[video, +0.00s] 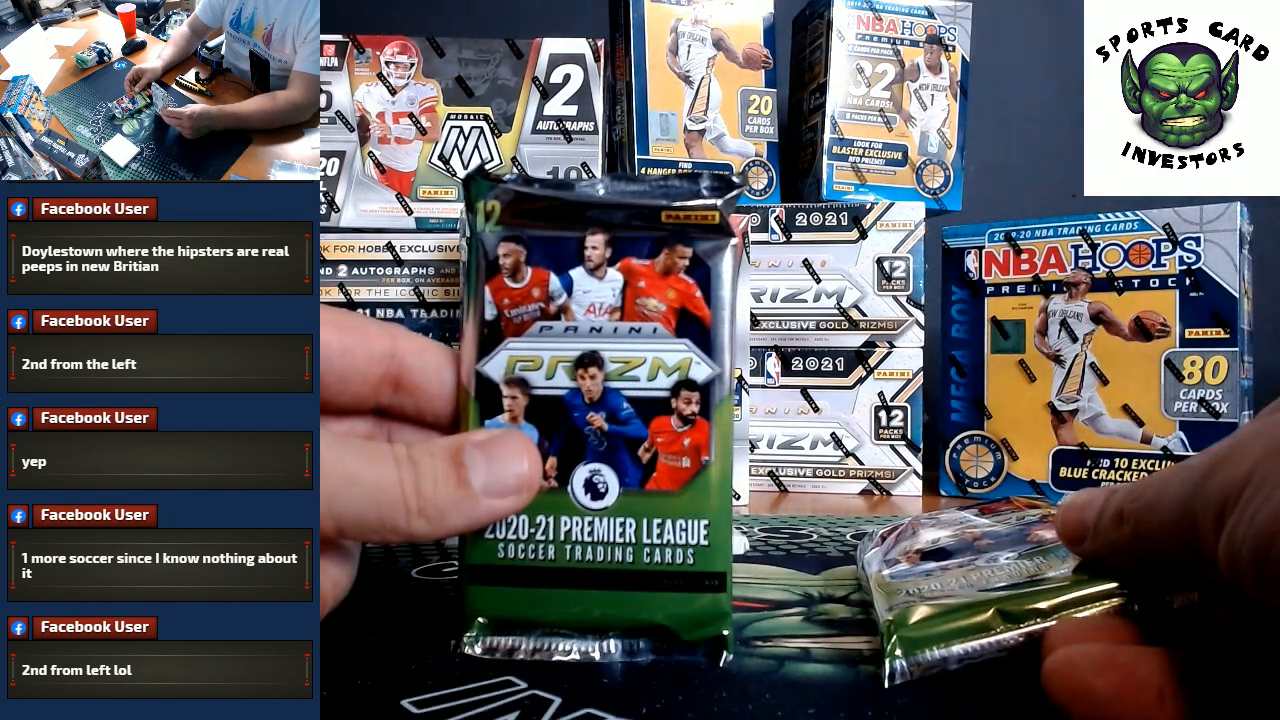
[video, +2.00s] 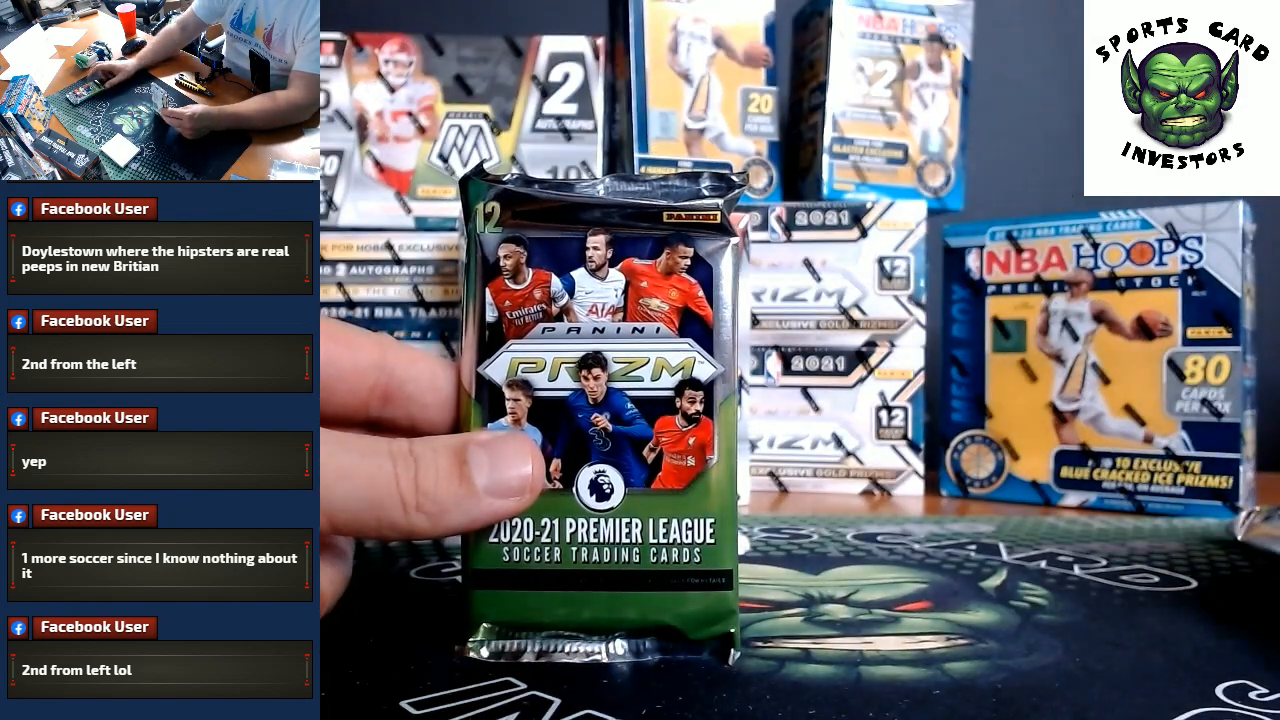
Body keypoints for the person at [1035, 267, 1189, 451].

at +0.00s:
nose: (1069, 273)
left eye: (1075, 272)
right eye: (1070, 271)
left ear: (1086, 282)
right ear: (1067, 282)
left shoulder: (1094, 308)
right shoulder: (1050, 304)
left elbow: (1125, 332)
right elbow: (1038, 335)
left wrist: (1158, 331)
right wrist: (1046, 351)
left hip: (1079, 364)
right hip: (1063, 366)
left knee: (1060, 421)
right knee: (1102, 425)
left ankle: (1079, 480)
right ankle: (1166, 443)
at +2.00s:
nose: (1072, 288)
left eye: (1077, 284)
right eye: (1070, 283)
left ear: (1087, 286)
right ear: (1067, 283)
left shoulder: (1095, 308)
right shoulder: (1053, 303)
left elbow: (1126, 331)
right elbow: (1039, 335)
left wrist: (1156, 330)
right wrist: (1047, 350)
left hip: (1081, 365)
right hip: (1063, 366)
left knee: (1062, 418)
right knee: (1103, 424)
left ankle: (1077, 473)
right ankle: (1165, 442)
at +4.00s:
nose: (1073, 288)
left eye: (1078, 284)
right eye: (1071, 283)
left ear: (1088, 285)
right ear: (1067, 283)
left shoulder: (1096, 308)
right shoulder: (1052, 304)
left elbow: (1126, 331)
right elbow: (1039, 334)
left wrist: (1156, 330)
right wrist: (1047, 349)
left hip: (1081, 366)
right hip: (1064, 367)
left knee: (1062, 418)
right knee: (1104, 424)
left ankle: (1078, 475)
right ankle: (1166, 442)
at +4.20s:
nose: (1074, 288)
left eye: (1078, 284)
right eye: (1071, 284)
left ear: (1088, 285)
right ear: (1067, 284)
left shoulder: (1095, 308)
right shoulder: (1052, 304)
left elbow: (1126, 331)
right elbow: (1039, 334)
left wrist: (1156, 330)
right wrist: (1047, 349)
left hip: (1081, 365)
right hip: (1064, 367)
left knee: (1062, 419)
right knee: (1104, 424)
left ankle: (1078, 475)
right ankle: (1166, 442)